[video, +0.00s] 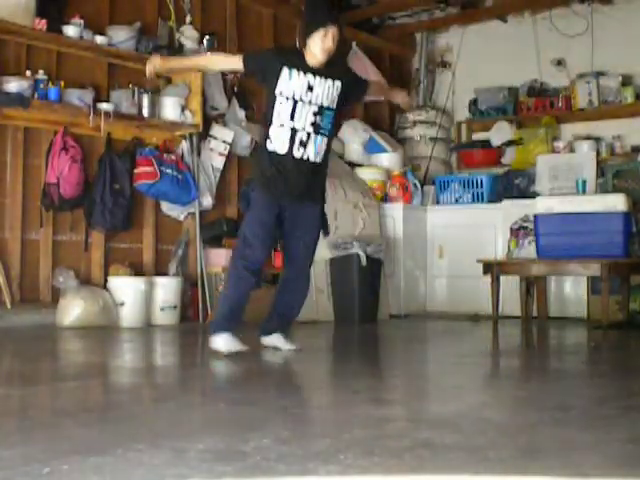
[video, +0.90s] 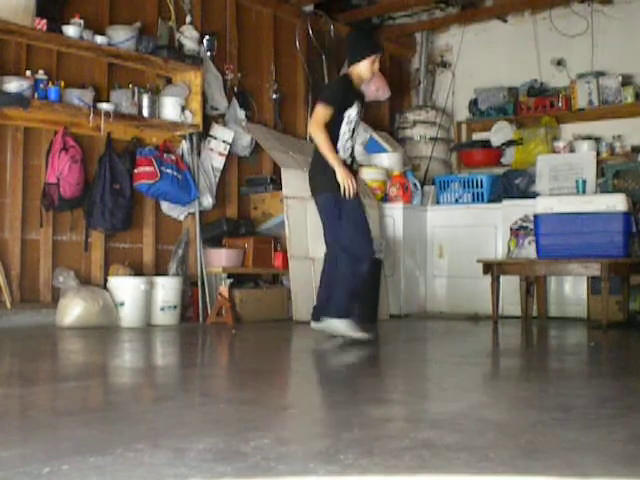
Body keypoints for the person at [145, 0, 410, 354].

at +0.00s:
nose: (329, 42)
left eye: (334, 36)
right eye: (323, 34)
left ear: (338, 40)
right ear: (307, 35)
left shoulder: (344, 79)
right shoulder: (277, 61)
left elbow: (376, 90)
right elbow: (220, 60)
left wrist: (396, 95)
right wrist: (168, 63)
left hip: (309, 186)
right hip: (270, 179)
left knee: (299, 265)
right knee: (251, 255)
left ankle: (275, 331)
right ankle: (222, 330)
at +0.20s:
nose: (328, 44)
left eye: (333, 39)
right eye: (324, 37)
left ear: (336, 39)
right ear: (308, 31)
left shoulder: (336, 70)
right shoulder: (279, 57)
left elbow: (355, 113)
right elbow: (234, 79)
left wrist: (371, 150)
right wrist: (211, 108)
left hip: (315, 177)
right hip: (278, 173)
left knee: (305, 253)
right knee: (265, 246)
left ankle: (291, 318)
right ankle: (252, 310)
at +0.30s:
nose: (325, 59)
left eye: (330, 53)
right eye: (321, 51)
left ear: (333, 53)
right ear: (305, 46)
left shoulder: (330, 81)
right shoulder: (283, 74)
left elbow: (337, 126)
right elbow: (273, 128)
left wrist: (345, 170)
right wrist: (283, 175)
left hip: (314, 171)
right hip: (282, 169)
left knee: (318, 250)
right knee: (278, 250)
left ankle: (310, 318)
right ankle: (268, 318)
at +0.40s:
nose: (331, 74)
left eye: (334, 69)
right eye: (327, 67)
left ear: (334, 70)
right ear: (311, 63)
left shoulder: (323, 96)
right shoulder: (289, 96)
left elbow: (327, 127)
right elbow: (306, 147)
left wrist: (326, 125)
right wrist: (334, 180)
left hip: (314, 195)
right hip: (284, 196)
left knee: (330, 261)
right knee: (281, 266)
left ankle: (330, 318)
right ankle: (267, 325)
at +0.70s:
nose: (356, 79)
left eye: (357, 74)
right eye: (356, 73)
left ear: (340, 71)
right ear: (346, 70)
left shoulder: (339, 104)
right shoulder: (322, 102)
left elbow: (357, 146)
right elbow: (324, 153)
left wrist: (350, 129)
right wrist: (352, 189)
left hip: (335, 195)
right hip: (319, 195)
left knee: (346, 264)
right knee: (327, 264)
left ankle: (322, 323)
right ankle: (277, 311)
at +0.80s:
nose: (366, 82)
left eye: (367, 75)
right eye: (365, 74)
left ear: (352, 74)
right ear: (355, 73)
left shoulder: (343, 105)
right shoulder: (330, 101)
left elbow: (338, 154)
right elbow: (317, 148)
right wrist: (345, 188)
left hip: (334, 188)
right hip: (323, 188)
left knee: (349, 261)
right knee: (345, 261)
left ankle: (322, 321)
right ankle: (303, 312)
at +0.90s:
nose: (376, 68)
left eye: (377, 62)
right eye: (374, 61)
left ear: (361, 61)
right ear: (359, 60)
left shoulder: (354, 95)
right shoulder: (339, 88)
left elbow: (340, 137)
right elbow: (315, 127)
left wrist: (352, 170)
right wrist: (339, 168)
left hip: (336, 177)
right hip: (330, 177)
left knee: (339, 248)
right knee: (358, 248)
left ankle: (323, 313)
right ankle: (338, 315)